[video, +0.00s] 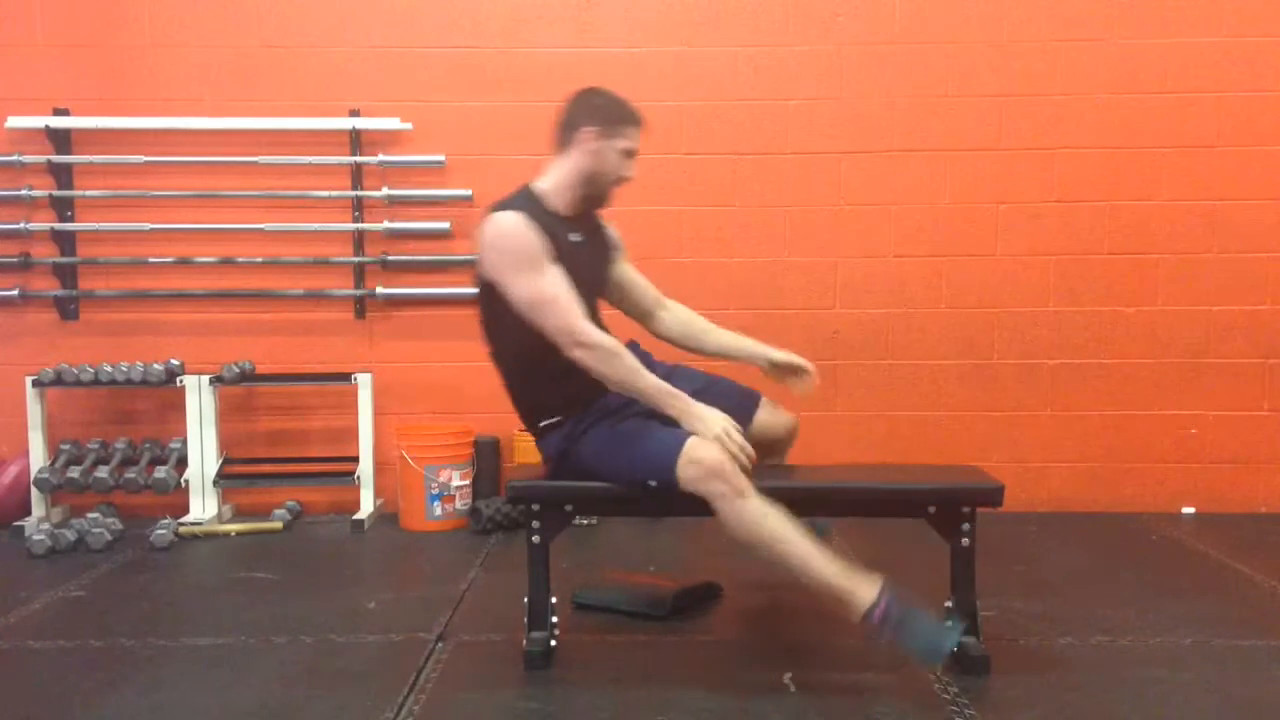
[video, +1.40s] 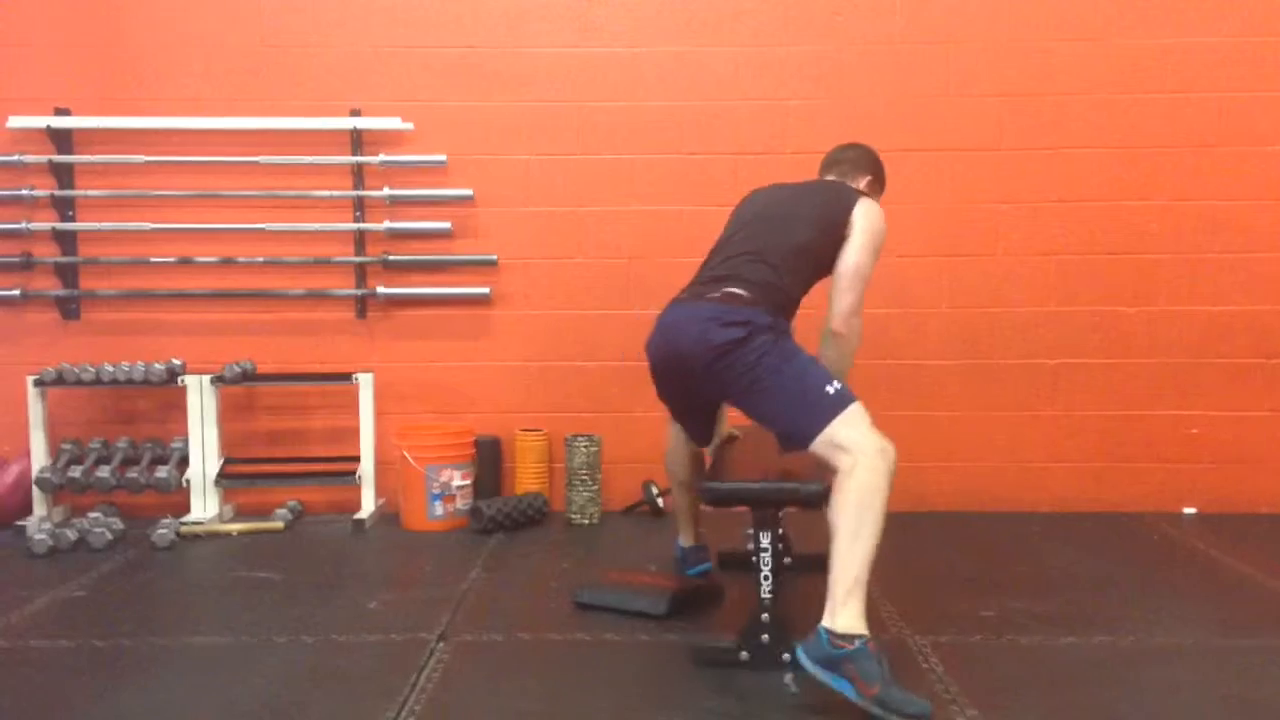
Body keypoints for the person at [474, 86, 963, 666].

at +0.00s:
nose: (630, 174)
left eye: (634, 159)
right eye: (624, 157)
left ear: (594, 145)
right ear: (584, 141)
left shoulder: (589, 232)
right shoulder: (509, 229)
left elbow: (659, 312)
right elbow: (581, 344)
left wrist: (761, 354)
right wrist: (689, 415)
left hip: (630, 380)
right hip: (579, 424)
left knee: (774, 429)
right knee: (715, 468)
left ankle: (739, 505)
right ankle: (881, 607)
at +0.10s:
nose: (688, 177)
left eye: (692, 162)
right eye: (684, 159)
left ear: (654, 148)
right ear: (648, 143)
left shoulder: (632, 237)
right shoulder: (568, 223)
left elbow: (694, 326)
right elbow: (621, 352)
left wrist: (779, 396)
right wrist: (714, 433)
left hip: (633, 399)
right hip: (580, 421)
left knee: (765, 444)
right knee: (713, 470)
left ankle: (720, 547)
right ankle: (826, 654)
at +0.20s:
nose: (736, 187)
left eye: (740, 172)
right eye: (734, 169)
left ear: (706, 156)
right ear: (703, 153)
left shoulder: (671, 242)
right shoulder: (618, 220)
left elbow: (715, 343)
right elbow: (638, 354)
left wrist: (789, 422)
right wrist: (719, 446)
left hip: (641, 402)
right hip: (588, 416)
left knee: (761, 448)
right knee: (715, 464)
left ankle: (714, 554)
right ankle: (824, 651)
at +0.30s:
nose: (804, 207)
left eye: (809, 192)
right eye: (804, 189)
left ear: (775, 176)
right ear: (776, 173)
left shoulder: (729, 247)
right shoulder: (699, 215)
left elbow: (725, 361)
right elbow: (666, 337)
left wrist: (786, 440)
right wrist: (718, 446)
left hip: (657, 405)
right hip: (608, 406)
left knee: (768, 445)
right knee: (727, 465)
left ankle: (714, 551)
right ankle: (826, 654)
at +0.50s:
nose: (848, 225)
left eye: (854, 212)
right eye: (853, 209)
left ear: (818, 187)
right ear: (834, 190)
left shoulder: (774, 228)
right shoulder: (769, 212)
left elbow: (730, 341)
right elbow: (714, 317)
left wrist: (774, 429)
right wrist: (725, 426)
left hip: (661, 372)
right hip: (629, 372)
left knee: (755, 442)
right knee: (755, 456)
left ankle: (713, 550)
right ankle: (822, 653)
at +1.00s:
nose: (874, 205)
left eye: (874, 197)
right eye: (877, 196)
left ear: (823, 174)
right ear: (867, 186)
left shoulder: (768, 197)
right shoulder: (849, 220)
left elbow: (709, 290)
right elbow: (793, 327)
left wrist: (727, 430)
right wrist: (776, 426)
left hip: (640, 335)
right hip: (697, 342)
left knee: (690, 430)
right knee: (836, 460)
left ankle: (694, 551)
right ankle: (818, 658)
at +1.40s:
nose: (874, 204)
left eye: (877, 197)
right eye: (876, 197)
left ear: (822, 173)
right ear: (868, 185)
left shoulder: (763, 196)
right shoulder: (861, 208)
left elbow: (723, 287)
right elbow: (841, 321)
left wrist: (720, 416)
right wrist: (824, 411)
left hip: (672, 330)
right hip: (740, 332)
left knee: (687, 419)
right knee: (869, 455)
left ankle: (689, 548)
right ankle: (843, 633)